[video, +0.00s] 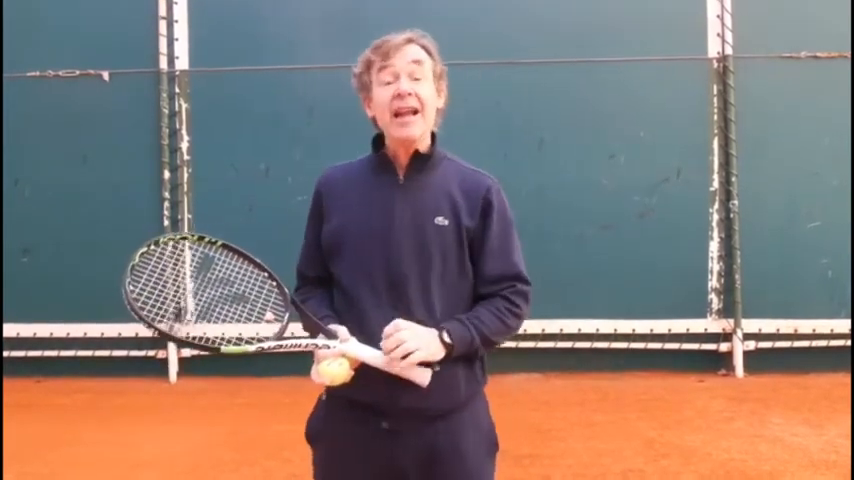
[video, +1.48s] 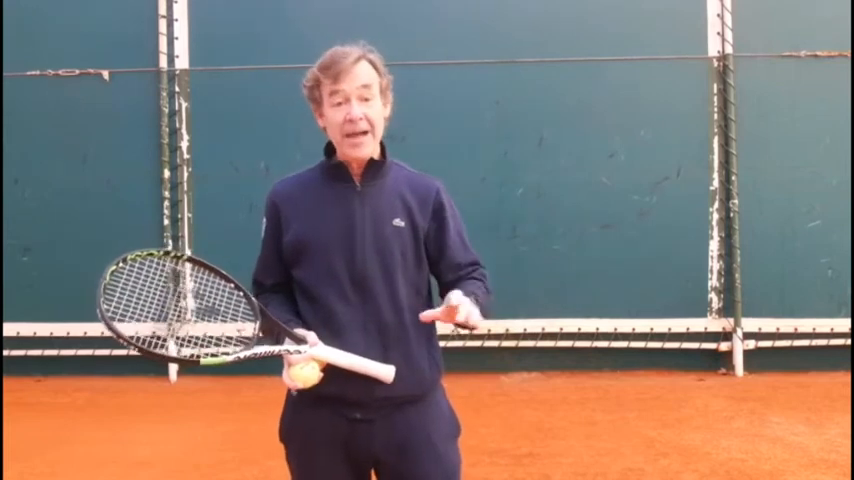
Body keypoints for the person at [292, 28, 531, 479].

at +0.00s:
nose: (403, 89)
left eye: (416, 76)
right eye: (388, 79)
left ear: (439, 95)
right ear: (369, 103)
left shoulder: (479, 193)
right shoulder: (335, 188)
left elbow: (510, 298)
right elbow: (310, 288)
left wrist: (444, 338)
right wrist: (332, 334)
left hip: (451, 428)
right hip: (352, 425)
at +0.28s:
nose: (370, 82)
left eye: (382, 72)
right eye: (355, 76)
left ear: (406, 94)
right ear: (337, 105)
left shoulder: (449, 189)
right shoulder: (306, 193)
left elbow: (493, 290)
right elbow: (288, 290)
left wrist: (448, 281)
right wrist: (309, 339)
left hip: (432, 420)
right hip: (335, 420)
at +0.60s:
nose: (347, 94)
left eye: (358, 81)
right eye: (331, 86)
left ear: (380, 98)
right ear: (314, 111)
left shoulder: (425, 190)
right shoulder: (285, 198)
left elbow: (476, 295)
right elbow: (268, 290)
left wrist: (447, 255)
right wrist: (290, 338)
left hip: (414, 414)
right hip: (319, 417)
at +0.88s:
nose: (341, 105)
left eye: (353, 90)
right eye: (326, 94)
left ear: (374, 102)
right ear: (309, 113)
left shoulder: (414, 193)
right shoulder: (279, 201)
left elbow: (464, 297)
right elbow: (263, 291)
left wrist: (468, 255)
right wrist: (284, 339)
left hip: (405, 410)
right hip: (313, 412)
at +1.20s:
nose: (342, 108)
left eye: (353, 94)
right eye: (327, 98)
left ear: (375, 104)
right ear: (311, 115)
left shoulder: (415, 195)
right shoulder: (281, 202)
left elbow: (455, 281)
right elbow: (266, 292)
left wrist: (493, 302)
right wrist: (286, 338)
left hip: (407, 411)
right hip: (314, 413)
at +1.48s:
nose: (354, 113)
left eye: (365, 98)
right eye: (339, 102)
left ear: (386, 106)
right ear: (320, 115)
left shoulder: (425, 195)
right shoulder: (287, 201)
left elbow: (467, 274)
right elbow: (270, 291)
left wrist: (465, 301)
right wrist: (294, 338)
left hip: (414, 414)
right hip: (320, 416)